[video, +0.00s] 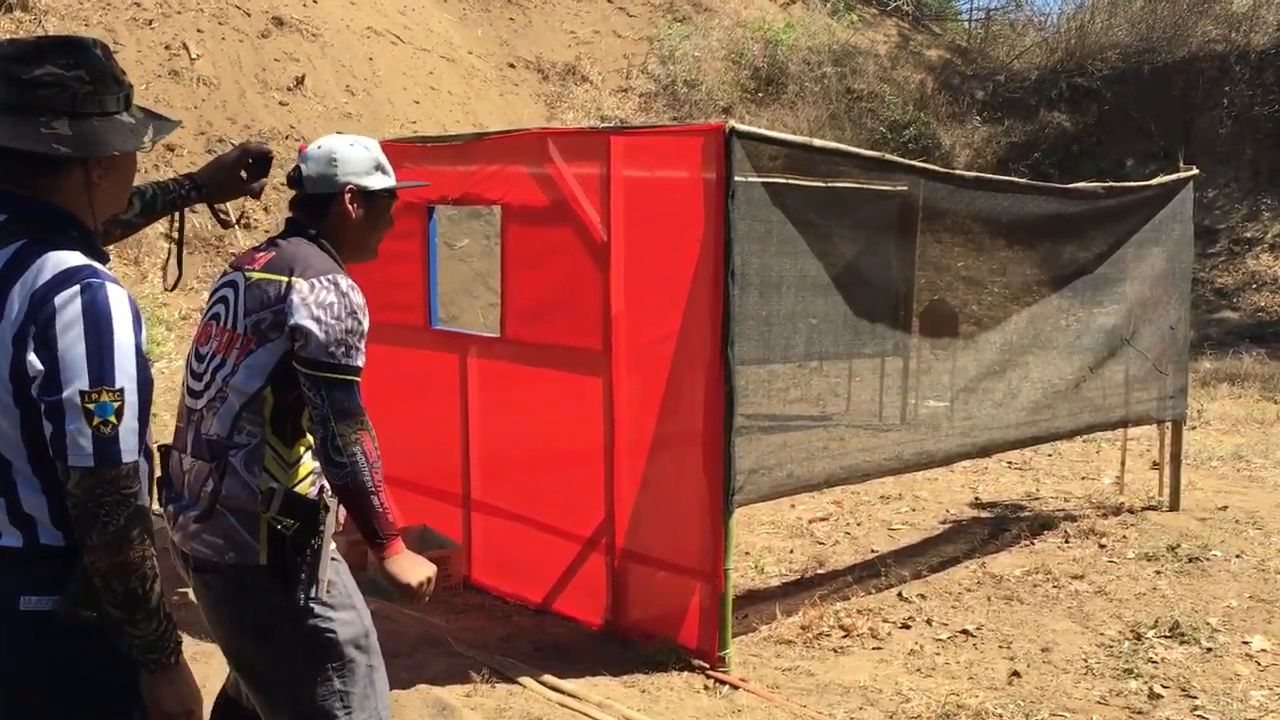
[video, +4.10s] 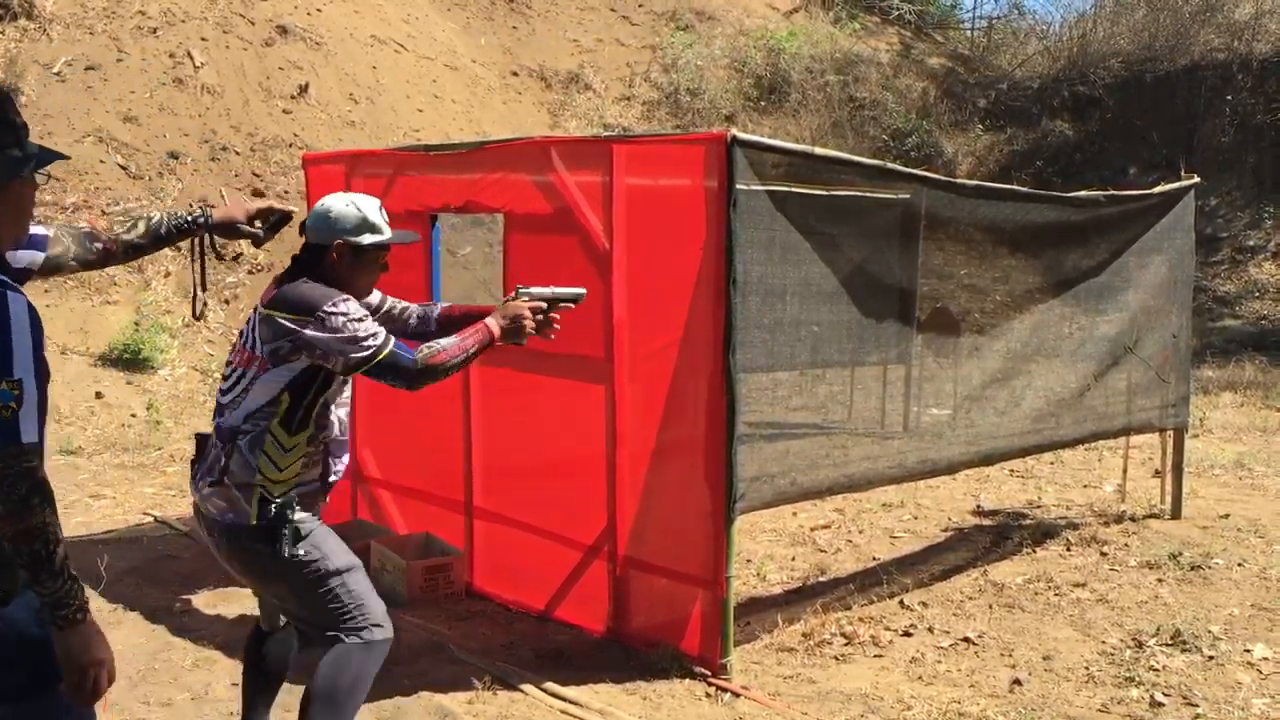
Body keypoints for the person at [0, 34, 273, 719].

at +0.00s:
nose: (139, 166)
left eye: (139, 149)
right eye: (132, 150)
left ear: (20, 157)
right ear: (90, 167)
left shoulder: (11, 251)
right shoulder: (81, 295)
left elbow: (94, 219)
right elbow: (110, 514)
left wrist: (197, 186)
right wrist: (164, 659)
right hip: (61, 612)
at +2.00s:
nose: (166, 171)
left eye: (165, 155)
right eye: (159, 156)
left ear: (36, 157)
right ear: (123, 173)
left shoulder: (9, 232)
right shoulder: (114, 305)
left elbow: (120, 224)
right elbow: (143, 520)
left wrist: (241, 197)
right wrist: (204, 653)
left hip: (14, 571)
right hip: (89, 604)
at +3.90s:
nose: (106, 197)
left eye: (103, 182)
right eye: (95, 183)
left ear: (39, 198)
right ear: (52, 200)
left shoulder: (17, 274)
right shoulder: (42, 316)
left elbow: (95, 230)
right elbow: (66, 515)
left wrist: (210, 189)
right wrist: (134, 646)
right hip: (41, 627)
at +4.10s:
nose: (39, 192)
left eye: (35, 177)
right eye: (30, 177)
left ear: (8, 191)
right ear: (2, 191)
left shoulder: (9, 257)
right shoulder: (12, 315)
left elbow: (94, 242)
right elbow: (18, 482)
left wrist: (211, 218)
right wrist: (70, 614)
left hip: (19, 576)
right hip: (18, 588)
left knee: (59, 685)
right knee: (63, 693)